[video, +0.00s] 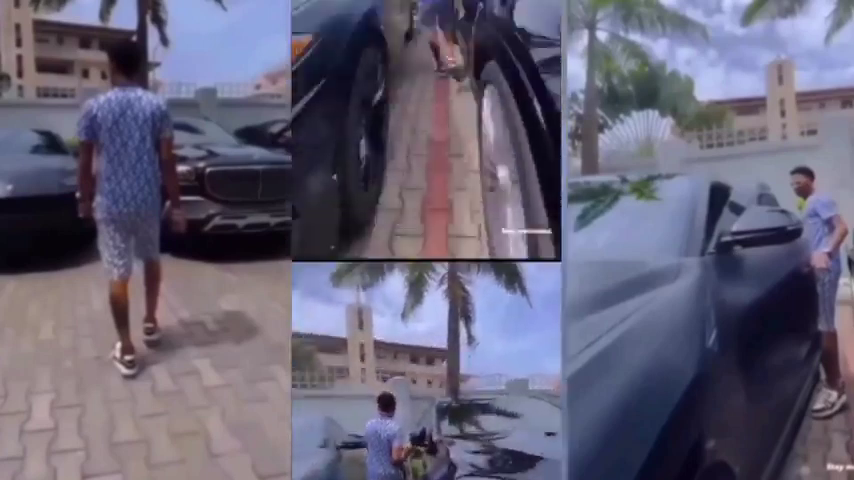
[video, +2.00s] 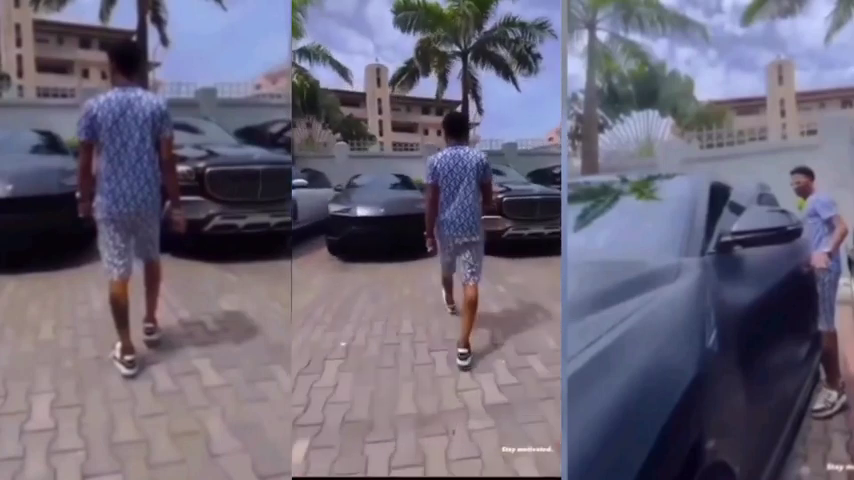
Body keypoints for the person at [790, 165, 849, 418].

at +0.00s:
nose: (796, 188)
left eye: (799, 183)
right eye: (794, 185)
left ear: (811, 181)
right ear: (796, 185)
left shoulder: (821, 201)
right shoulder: (808, 206)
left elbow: (841, 228)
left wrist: (827, 252)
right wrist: (809, 256)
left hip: (825, 269)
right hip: (814, 269)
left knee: (825, 328)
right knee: (821, 327)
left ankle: (835, 388)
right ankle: (831, 385)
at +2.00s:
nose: (796, 187)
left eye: (799, 183)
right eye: (793, 184)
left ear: (811, 181)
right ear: (797, 185)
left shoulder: (821, 201)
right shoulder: (809, 205)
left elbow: (842, 227)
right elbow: (820, 234)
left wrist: (827, 253)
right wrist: (810, 255)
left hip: (825, 268)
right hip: (815, 268)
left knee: (825, 327)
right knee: (822, 327)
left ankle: (834, 388)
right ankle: (830, 385)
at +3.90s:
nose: (796, 187)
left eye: (799, 183)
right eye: (793, 184)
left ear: (811, 181)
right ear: (797, 185)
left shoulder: (821, 201)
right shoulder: (809, 205)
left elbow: (842, 227)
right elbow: (820, 234)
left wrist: (827, 253)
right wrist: (810, 255)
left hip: (825, 268)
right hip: (815, 268)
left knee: (825, 327)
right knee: (822, 327)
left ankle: (834, 388)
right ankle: (830, 385)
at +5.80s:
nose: (795, 187)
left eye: (799, 183)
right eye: (793, 184)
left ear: (811, 181)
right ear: (797, 185)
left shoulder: (820, 201)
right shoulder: (809, 205)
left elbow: (841, 227)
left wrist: (827, 253)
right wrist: (811, 255)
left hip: (825, 268)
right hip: (815, 268)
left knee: (825, 327)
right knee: (821, 327)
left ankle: (835, 387)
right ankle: (830, 383)